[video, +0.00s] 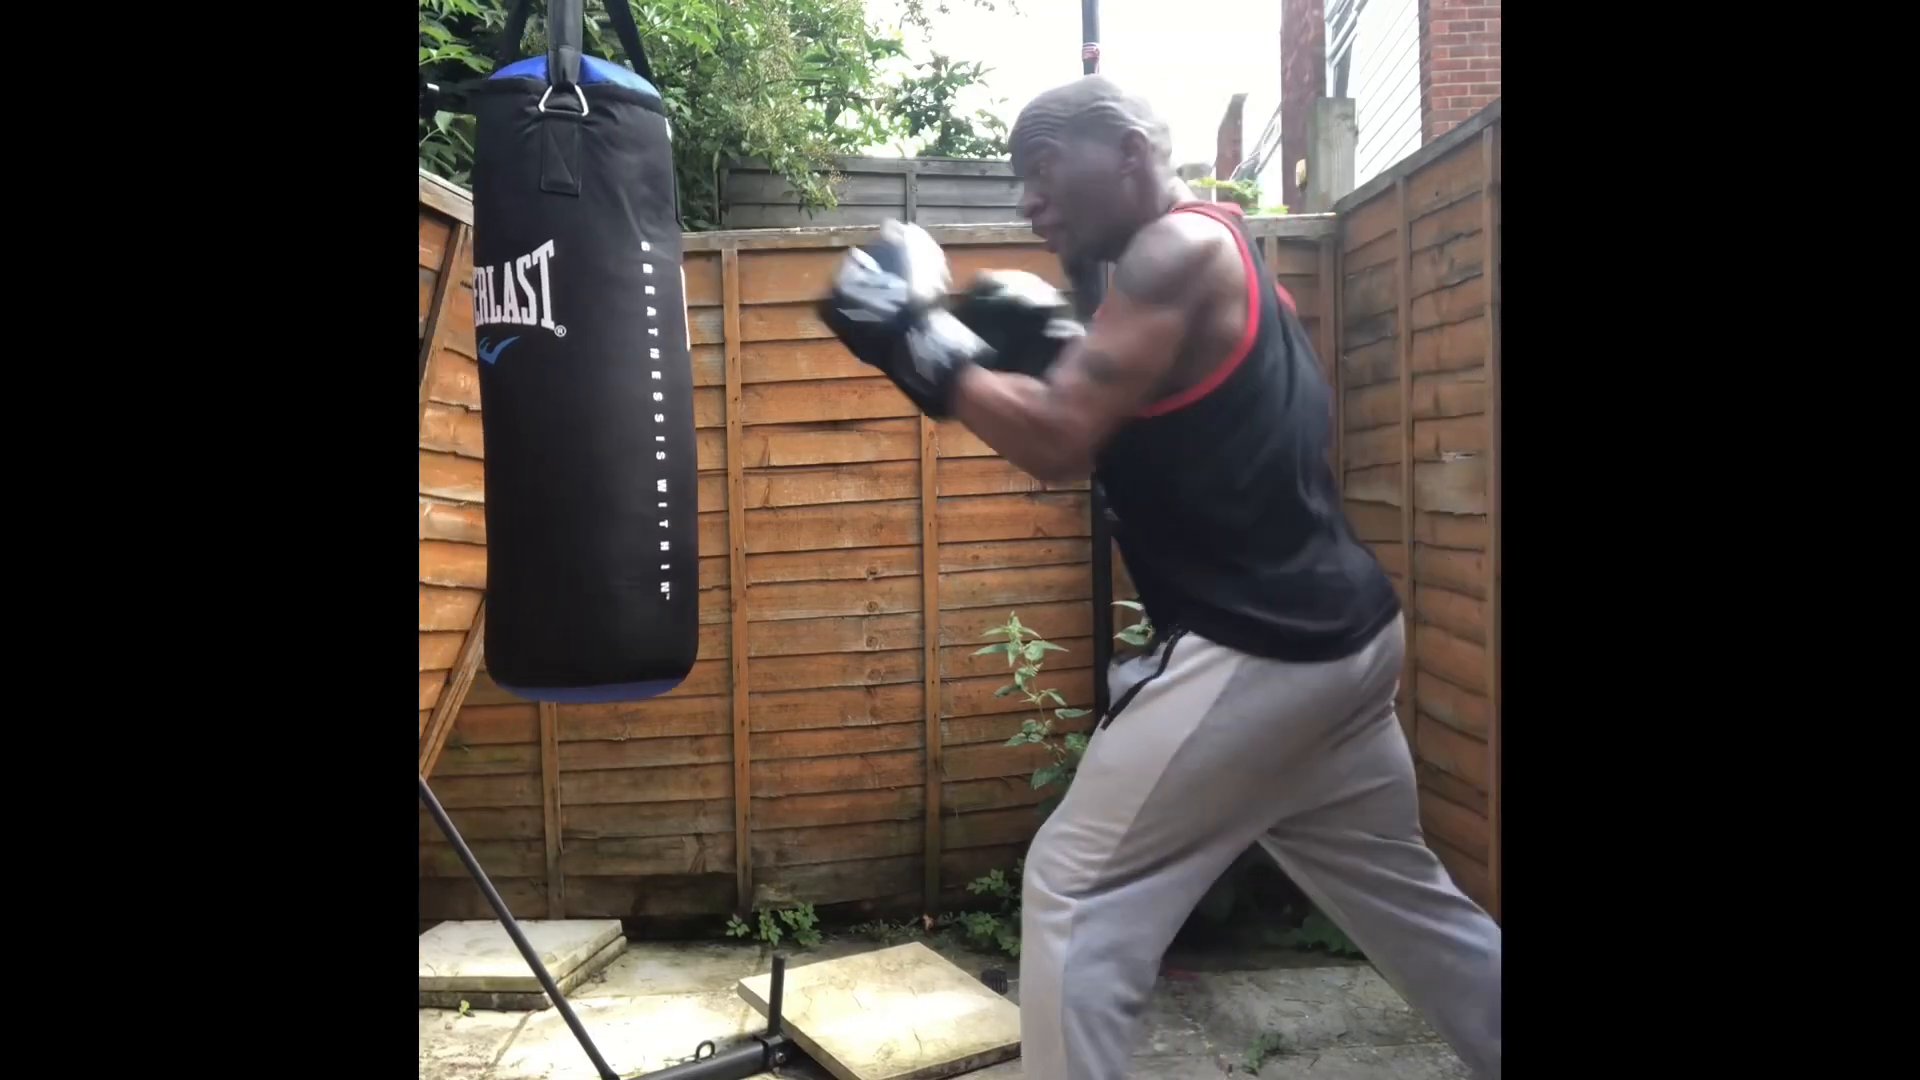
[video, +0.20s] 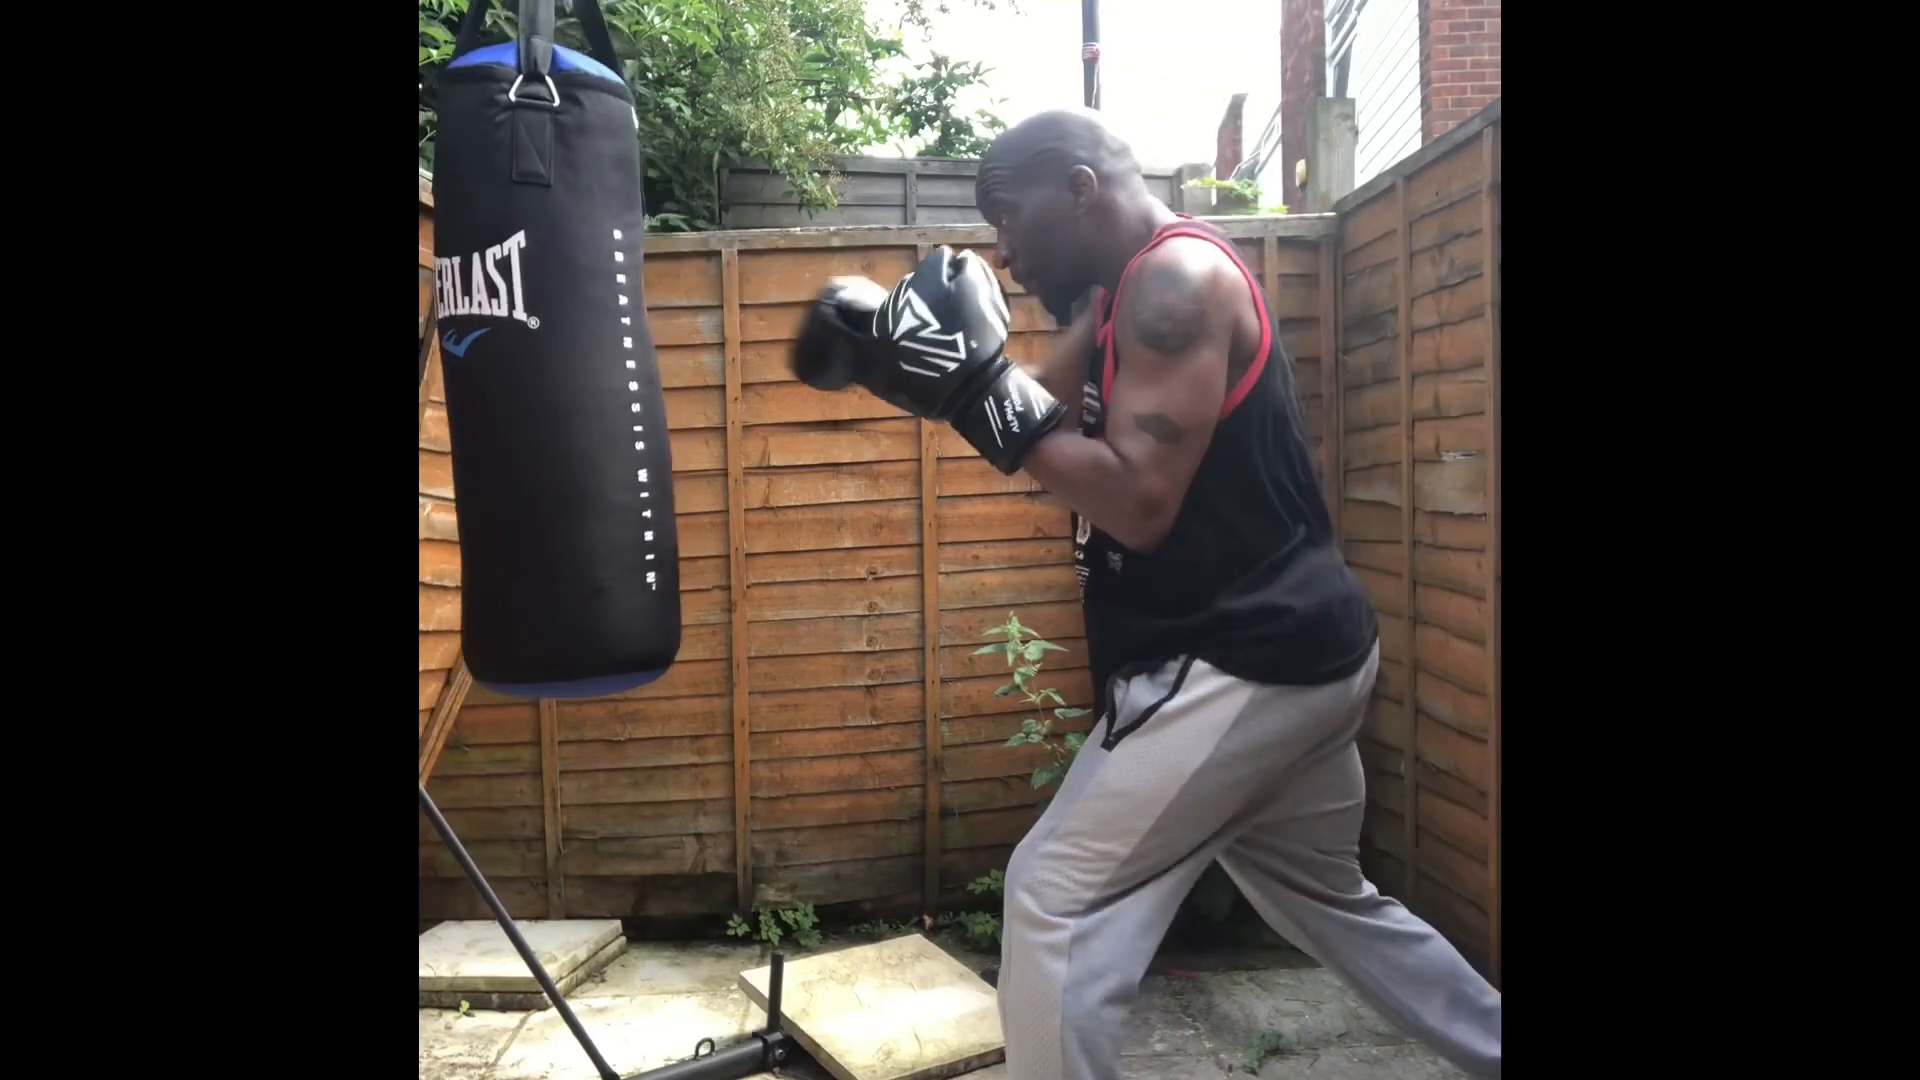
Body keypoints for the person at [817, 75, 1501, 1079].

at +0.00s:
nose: (1029, 203)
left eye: (1047, 173)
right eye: (1022, 181)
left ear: (1134, 157)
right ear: (1140, 165)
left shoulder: (1172, 253)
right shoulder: (1211, 235)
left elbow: (1057, 441)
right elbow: (1198, 403)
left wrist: (910, 341)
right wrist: (1060, 336)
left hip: (1259, 644)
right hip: (1333, 626)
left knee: (1076, 884)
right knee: (1404, 901)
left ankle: (1065, 1069)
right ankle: (1497, 1051)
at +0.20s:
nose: (998, 251)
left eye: (1003, 217)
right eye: (991, 227)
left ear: (1079, 188)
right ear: (1086, 195)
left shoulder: (1180, 276)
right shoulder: (1123, 295)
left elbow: (1136, 499)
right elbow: (1036, 422)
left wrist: (986, 396)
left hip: (1250, 657)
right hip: (1283, 648)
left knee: (1053, 892)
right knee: (1326, 899)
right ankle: (1498, 1047)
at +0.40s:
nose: (1062, 240)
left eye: (1070, 209)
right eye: (1055, 215)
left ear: (1146, 185)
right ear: (1163, 188)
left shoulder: (1200, 270)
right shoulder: (1284, 253)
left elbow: (1155, 494)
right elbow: (1245, 448)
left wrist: (1023, 370)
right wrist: (1109, 360)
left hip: (1257, 660)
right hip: (1352, 637)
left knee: (1077, 895)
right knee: (1353, 892)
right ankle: (1490, 1056)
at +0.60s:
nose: (1149, 241)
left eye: (1157, 211)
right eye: (1143, 217)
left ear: (1236, 186)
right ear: (1251, 185)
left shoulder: (1276, 270)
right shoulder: (1371, 251)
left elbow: (1244, 489)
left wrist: (1119, 373)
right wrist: (1176, 347)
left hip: (1317, 664)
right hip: (1425, 642)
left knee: (1135, 895)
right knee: (1421, 898)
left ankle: (1097, 1071)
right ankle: (1494, 1057)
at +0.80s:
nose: (1182, 241)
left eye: (1188, 208)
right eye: (1175, 214)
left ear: (1265, 179)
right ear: (1281, 181)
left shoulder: (1304, 266)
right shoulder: (1404, 248)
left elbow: (1274, 482)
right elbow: (1359, 440)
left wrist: (1147, 370)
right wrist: (1210, 357)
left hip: (1342, 663)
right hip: (1445, 641)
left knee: (1171, 909)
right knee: (1430, 904)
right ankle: (1496, 1059)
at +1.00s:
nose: (1160, 235)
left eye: (1167, 203)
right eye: (1153, 209)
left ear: (1245, 180)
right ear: (1261, 181)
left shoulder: (1282, 268)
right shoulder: (1388, 252)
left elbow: (1252, 476)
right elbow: (1353, 432)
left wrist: (1123, 370)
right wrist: (1201, 356)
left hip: (1309, 661)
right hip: (1432, 647)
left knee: (1126, 888)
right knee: (1433, 903)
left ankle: (1093, 1069)